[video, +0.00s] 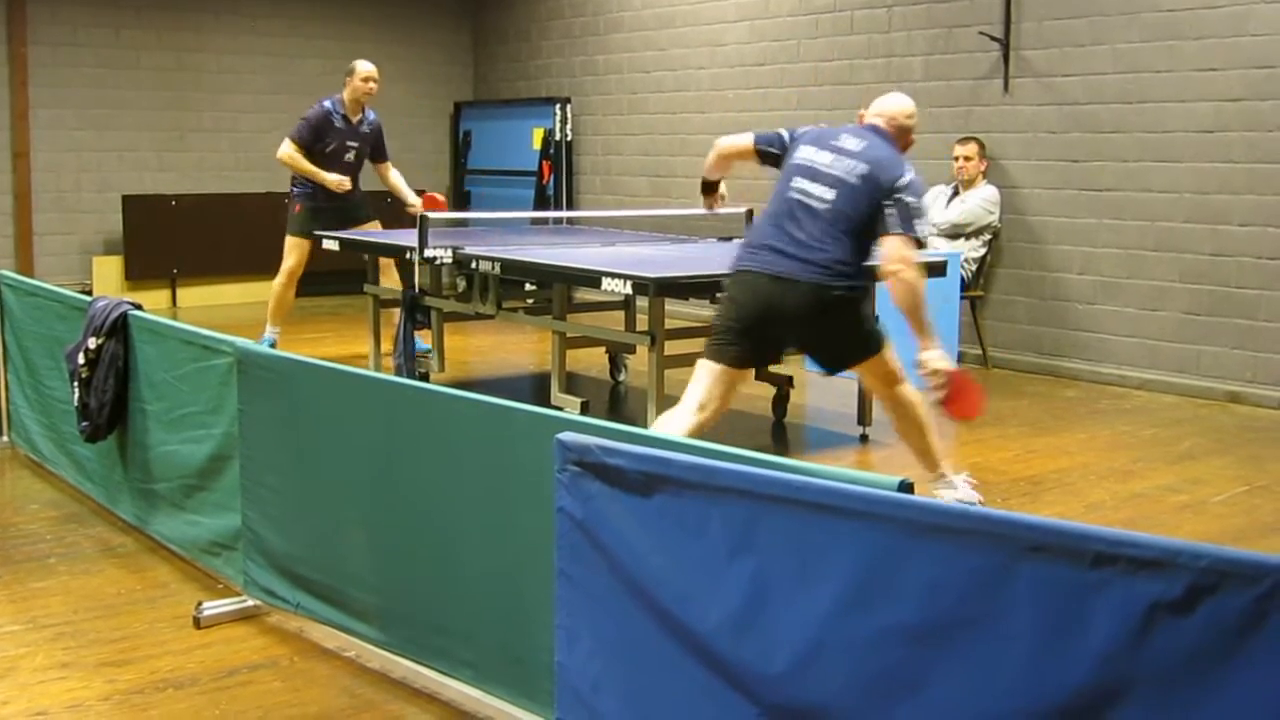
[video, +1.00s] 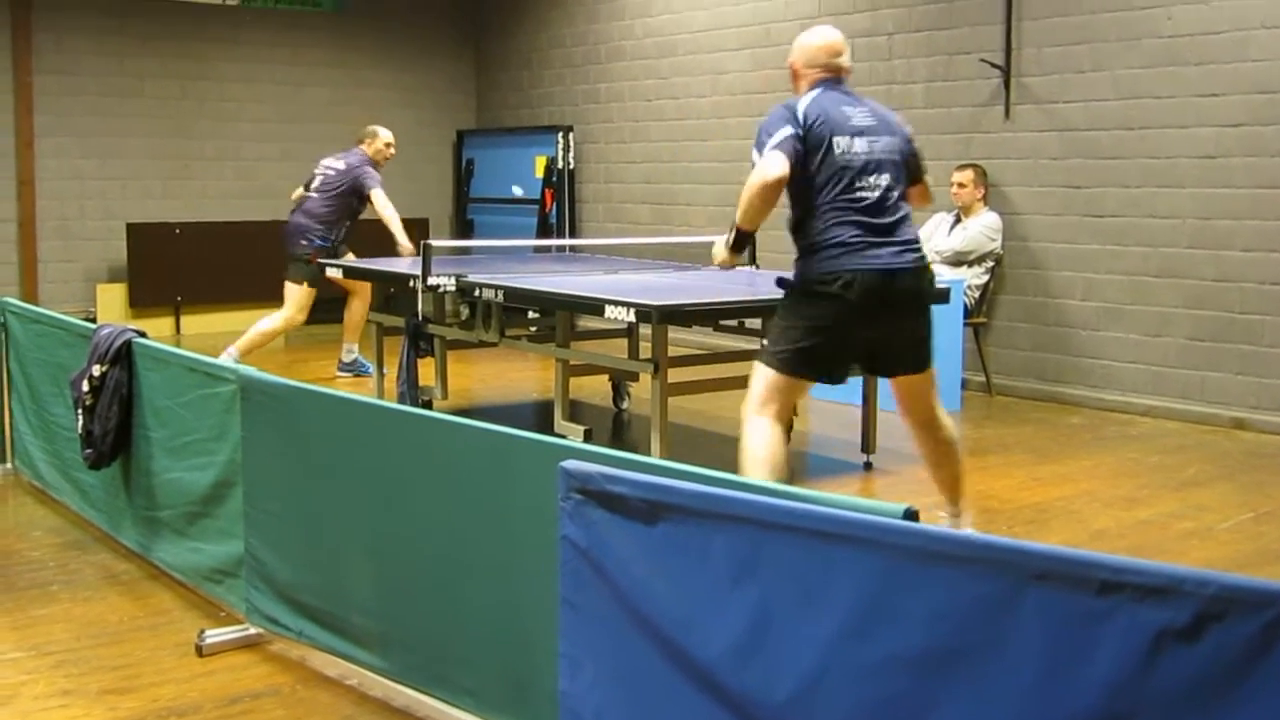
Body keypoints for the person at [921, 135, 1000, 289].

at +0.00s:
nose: (960, 165)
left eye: (967, 159)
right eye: (956, 159)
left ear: (983, 165)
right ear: (952, 163)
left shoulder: (989, 195)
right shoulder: (938, 192)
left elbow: (956, 223)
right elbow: (912, 219)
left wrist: (929, 220)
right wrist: (941, 231)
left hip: (956, 270)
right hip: (924, 263)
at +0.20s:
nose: (958, 166)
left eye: (965, 160)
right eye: (954, 160)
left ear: (980, 165)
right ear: (950, 164)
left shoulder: (986, 195)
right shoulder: (937, 191)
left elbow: (952, 224)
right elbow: (904, 219)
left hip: (951, 271)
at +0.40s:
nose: (954, 167)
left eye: (961, 162)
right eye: (950, 162)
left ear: (976, 167)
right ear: (946, 166)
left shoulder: (983, 197)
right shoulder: (934, 193)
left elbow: (951, 225)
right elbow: (901, 221)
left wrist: (914, 226)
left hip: (947, 273)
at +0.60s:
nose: (952, 174)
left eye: (960, 168)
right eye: (949, 168)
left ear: (977, 173)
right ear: (945, 171)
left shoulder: (984, 204)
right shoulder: (935, 200)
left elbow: (952, 232)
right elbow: (902, 228)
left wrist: (914, 232)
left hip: (949, 280)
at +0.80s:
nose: (949, 181)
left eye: (956, 176)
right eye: (947, 176)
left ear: (974, 182)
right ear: (944, 178)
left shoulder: (985, 212)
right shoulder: (936, 208)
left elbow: (951, 241)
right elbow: (903, 236)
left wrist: (915, 241)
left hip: (950, 289)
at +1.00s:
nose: (954, 191)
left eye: (961, 186)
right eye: (952, 185)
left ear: (980, 192)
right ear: (949, 187)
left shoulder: (991, 222)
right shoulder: (941, 218)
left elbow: (957, 251)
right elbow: (914, 245)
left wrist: (929, 246)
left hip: (957, 298)